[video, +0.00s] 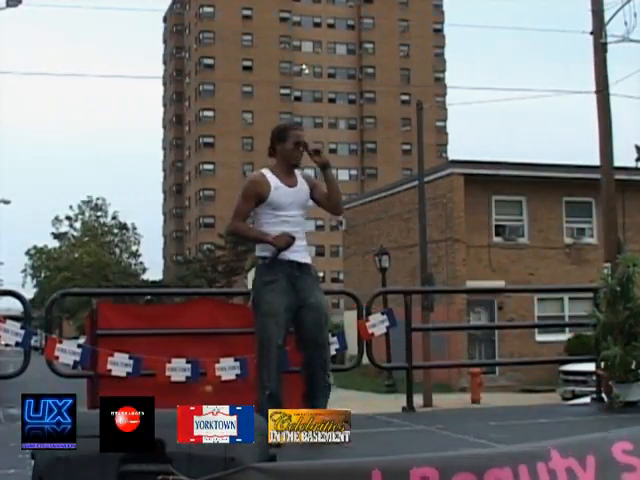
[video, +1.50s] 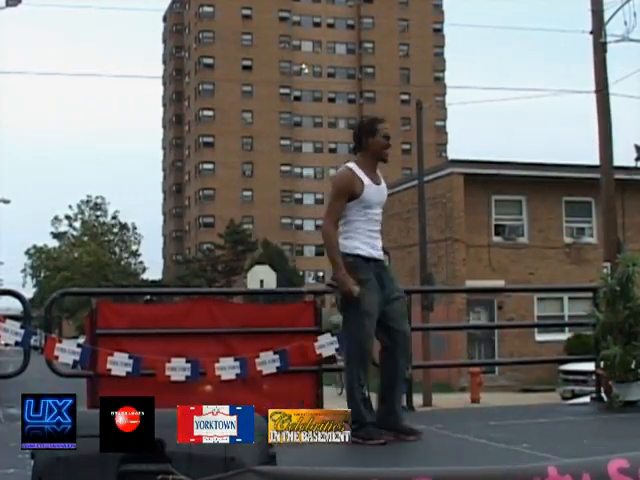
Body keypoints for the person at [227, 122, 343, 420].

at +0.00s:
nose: (303, 150)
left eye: (304, 145)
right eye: (296, 145)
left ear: (303, 150)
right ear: (276, 148)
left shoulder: (305, 181)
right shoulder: (259, 182)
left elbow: (335, 207)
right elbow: (235, 225)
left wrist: (325, 168)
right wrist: (270, 239)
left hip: (305, 272)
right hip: (273, 271)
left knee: (318, 342)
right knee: (271, 343)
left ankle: (318, 411)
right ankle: (270, 414)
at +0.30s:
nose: (318, 152)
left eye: (318, 147)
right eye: (312, 146)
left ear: (305, 153)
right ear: (293, 150)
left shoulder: (310, 185)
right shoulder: (280, 184)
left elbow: (337, 216)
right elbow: (260, 227)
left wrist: (335, 178)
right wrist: (298, 237)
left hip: (318, 270)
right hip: (294, 270)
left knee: (318, 345)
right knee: (290, 344)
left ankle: (317, 411)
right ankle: (273, 411)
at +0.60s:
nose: (337, 154)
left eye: (335, 149)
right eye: (332, 149)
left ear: (318, 154)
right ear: (316, 153)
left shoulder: (321, 185)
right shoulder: (301, 184)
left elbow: (319, 224)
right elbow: (287, 230)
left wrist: (336, 227)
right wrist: (329, 237)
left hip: (327, 266)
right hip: (308, 266)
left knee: (329, 339)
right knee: (314, 335)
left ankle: (316, 405)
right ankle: (294, 403)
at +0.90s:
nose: (359, 158)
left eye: (358, 153)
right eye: (356, 152)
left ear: (340, 154)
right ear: (343, 154)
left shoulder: (340, 186)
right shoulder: (317, 184)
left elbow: (338, 231)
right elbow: (299, 230)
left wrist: (349, 259)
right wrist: (310, 273)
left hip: (335, 268)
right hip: (319, 268)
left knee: (324, 346)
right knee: (331, 346)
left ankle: (314, 414)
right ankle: (357, 419)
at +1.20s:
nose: (378, 151)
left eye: (377, 146)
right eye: (374, 146)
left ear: (361, 149)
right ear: (358, 148)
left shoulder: (361, 182)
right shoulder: (336, 179)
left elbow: (356, 236)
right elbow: (309, 225)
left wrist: (364, 278)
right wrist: (305, 273)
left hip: (356, 266)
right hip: (337, 265)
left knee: (352, 342)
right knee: (353, 342)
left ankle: (322, 409)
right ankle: (361, 424)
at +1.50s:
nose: (390, 143)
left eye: (390, 138)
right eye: (384, 138)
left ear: (376, 144)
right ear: (366, 142)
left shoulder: (379, 178)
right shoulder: (347, 177)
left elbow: (372, 228)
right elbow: (328, 226)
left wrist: (383, 267)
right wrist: (341, 272)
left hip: (380, 266)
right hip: (356, 266)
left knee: (398, 338)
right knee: (359, 346)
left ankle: (389, 417)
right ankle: (361, 424)